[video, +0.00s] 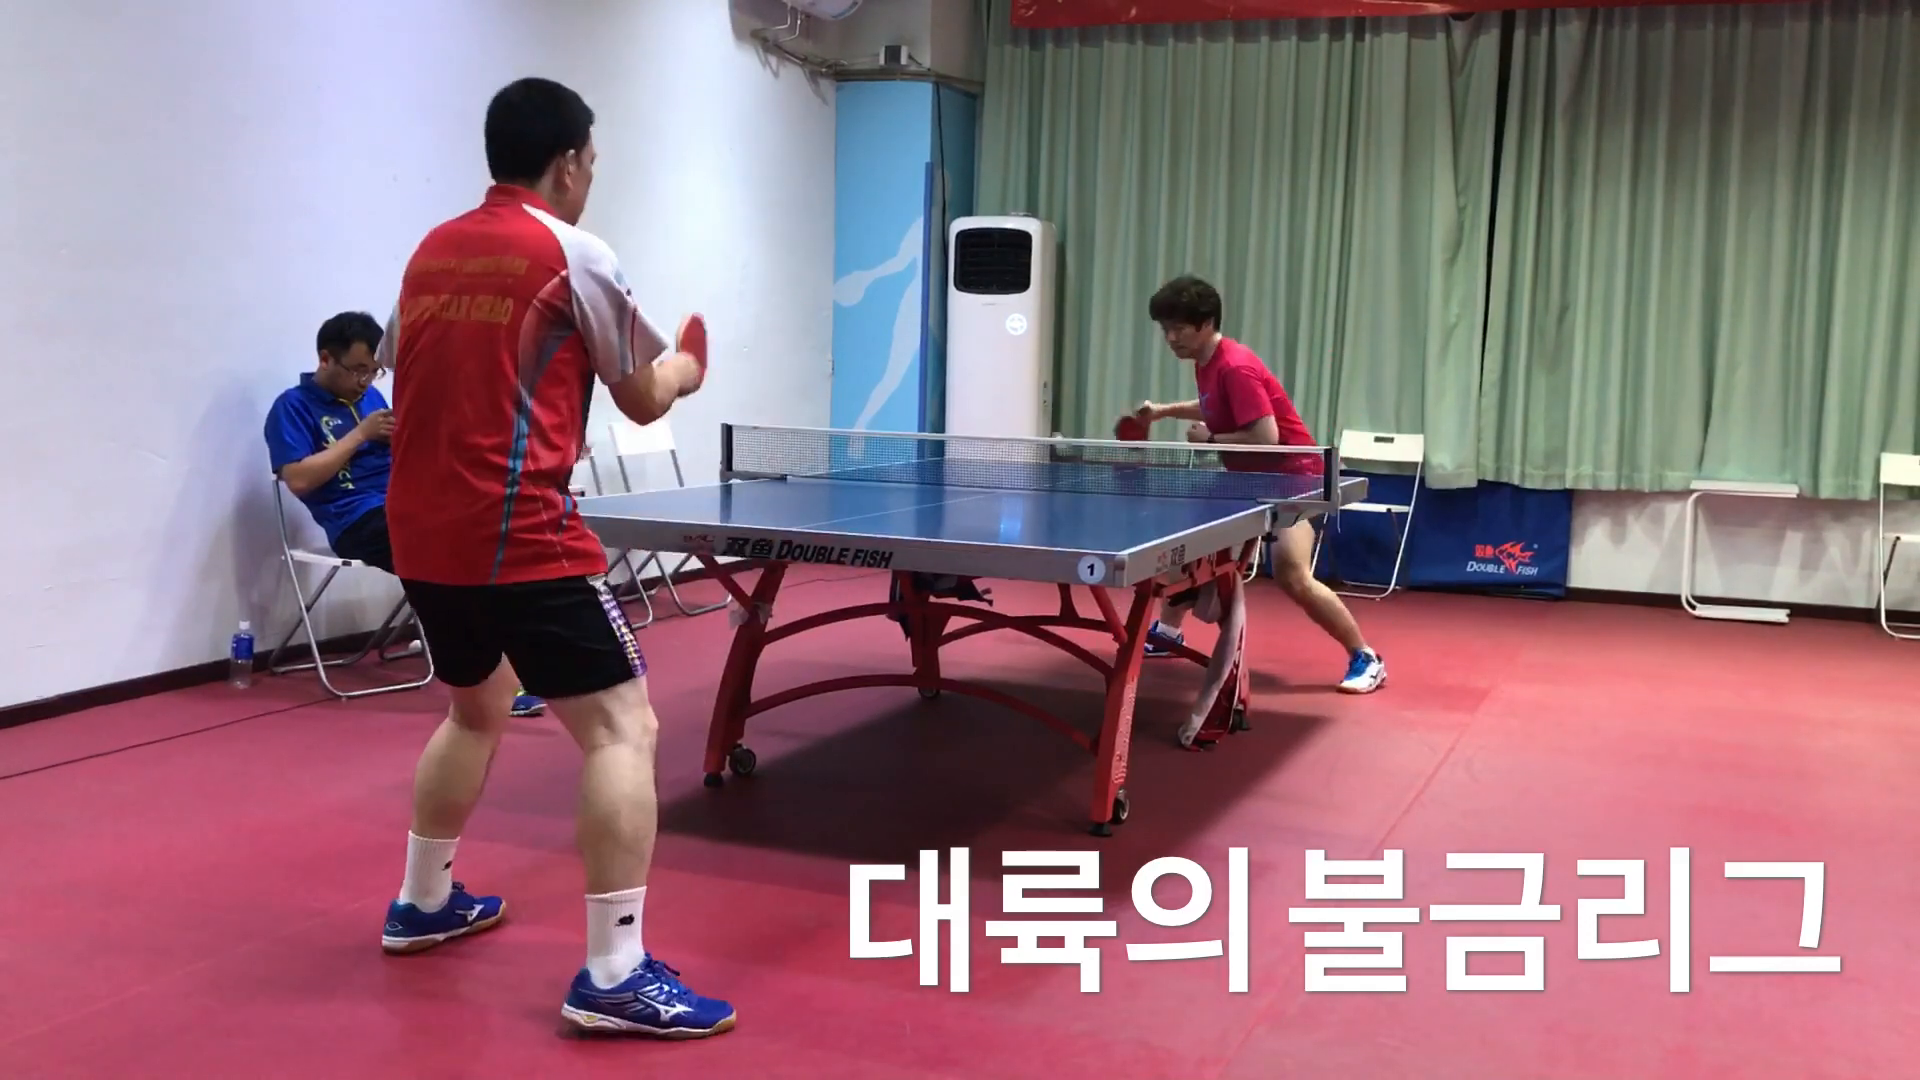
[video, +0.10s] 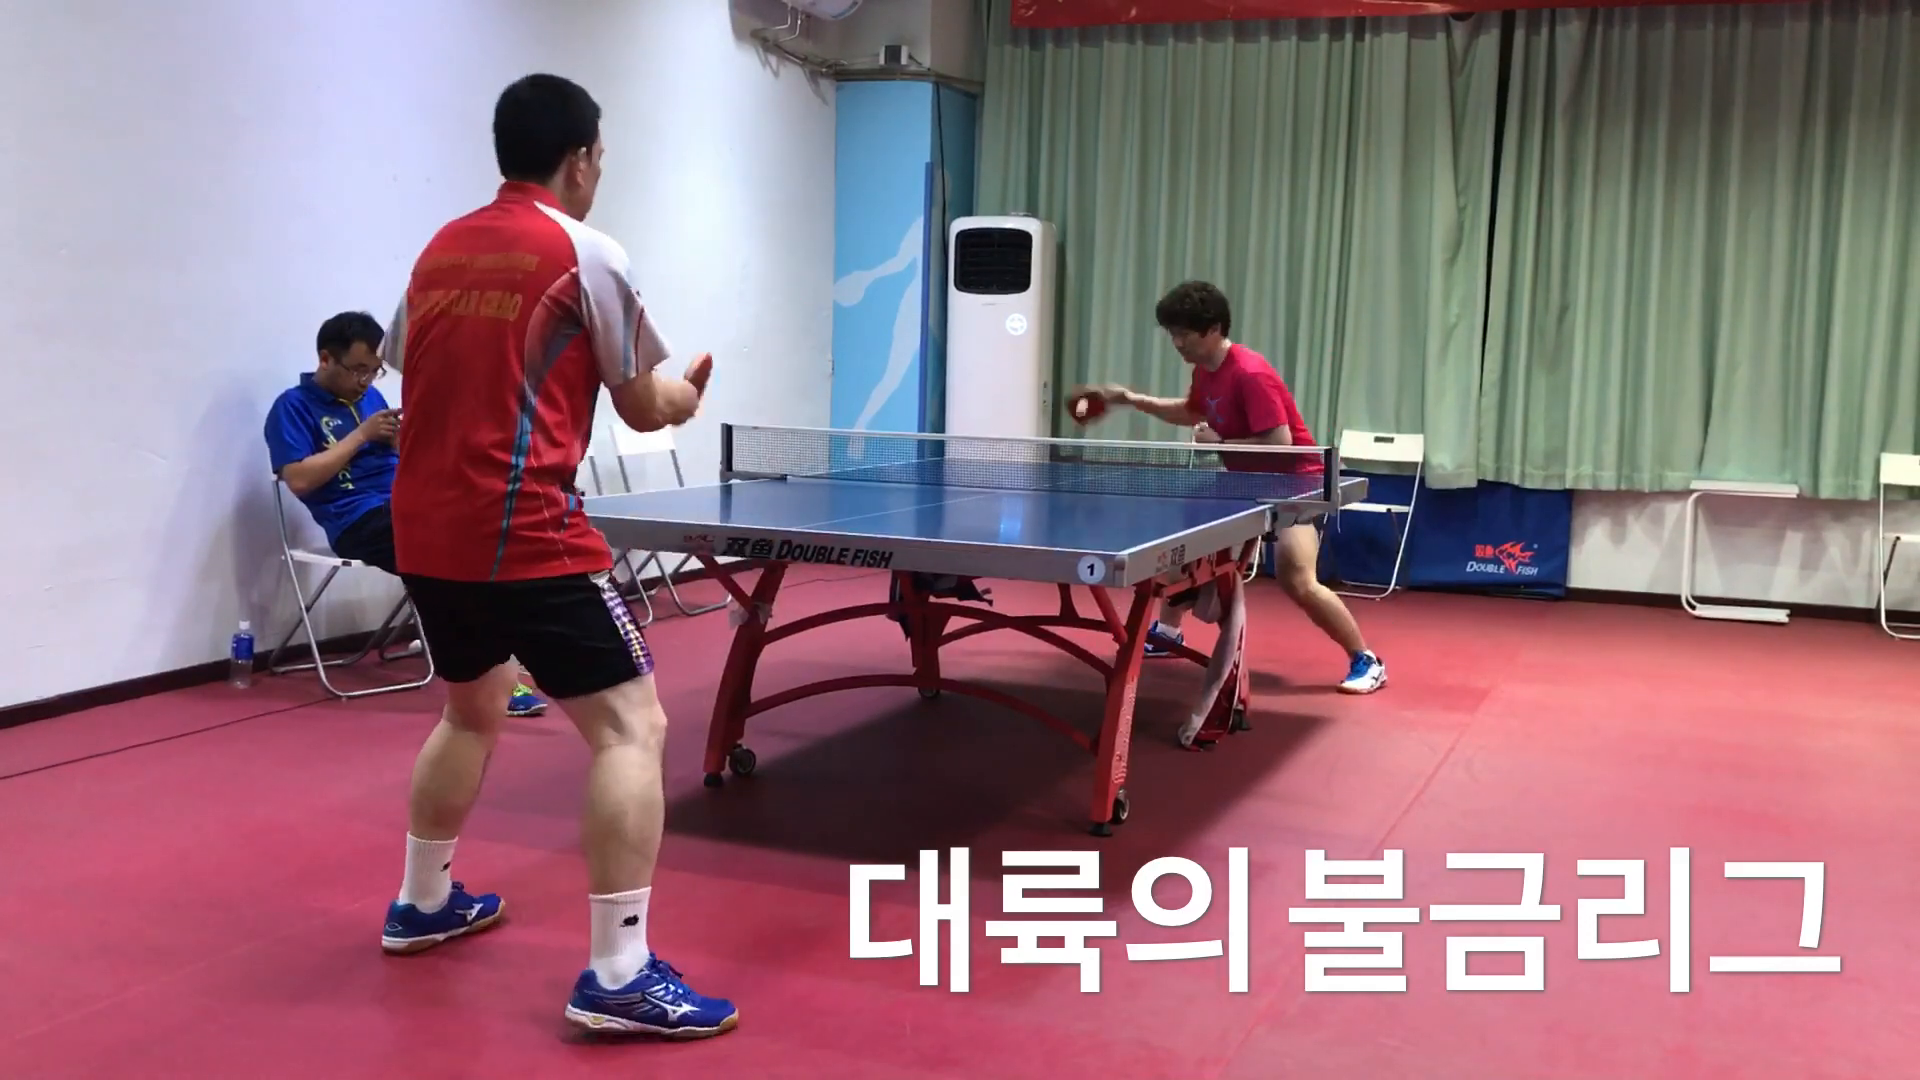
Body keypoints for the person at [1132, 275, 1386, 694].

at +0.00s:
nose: (1170, 338)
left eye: (1178, 328)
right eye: (1166, 329)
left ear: (1205, 324)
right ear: (1166, 329)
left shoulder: (1236, 366)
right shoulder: (1204, 363)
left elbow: (1266, 435)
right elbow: (1217, 411)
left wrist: (1212, 438)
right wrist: (1163, 411)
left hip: (1294, 476)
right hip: (1248, 476)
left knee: (1294, 578)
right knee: (1187, 540)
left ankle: (1365, 657)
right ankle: (1167, 632)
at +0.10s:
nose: (1175, 343)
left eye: (1180, 334)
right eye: (1172, 335)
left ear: (1209, 330)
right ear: (1204, 331)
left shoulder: (1250, 373)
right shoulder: (1202, 370)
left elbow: (1281, 442)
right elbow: (1193, 413)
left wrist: (1222, 443)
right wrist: (1132, 399)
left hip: (1295, 482)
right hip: (1245, 481)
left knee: (1297, 580)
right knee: (1183, 539)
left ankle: (1365, 659)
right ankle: (1166, 631)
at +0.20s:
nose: (1185, 335)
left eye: (1192, 326)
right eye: (1182, 326)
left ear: (1222, 324)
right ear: (1184, 326)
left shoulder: (1266, 364)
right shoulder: (1193, 365)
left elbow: (1301, 435)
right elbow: (1143, 399)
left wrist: (1237, 437)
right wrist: (1122, 367)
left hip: (1297, 480)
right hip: (1242, 479)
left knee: (1306, 573)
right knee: (1181, 546)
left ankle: (1365, 659)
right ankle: (1166, 632)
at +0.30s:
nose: (1196, 321)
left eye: (1204, 312)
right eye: (1192, 312)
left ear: (1234, 311)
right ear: (1190, 311)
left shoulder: (1280, 355)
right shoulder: (1195, 352)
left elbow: (1311, 422)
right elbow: (1140, 395)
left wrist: (1247, 428)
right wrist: (1134, 368)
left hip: (1297, 473)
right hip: (1236, 473)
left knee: (1309, 558)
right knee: (1172, 535)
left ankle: (1353, 654)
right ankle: (1161, 625)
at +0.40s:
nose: (1201, 320)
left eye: (1210, 310)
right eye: (1195, 310)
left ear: (1239, 309)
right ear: (1190, 311)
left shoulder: (1281, 356)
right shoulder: (1190, 356)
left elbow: (1313, 419)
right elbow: (1140, 410)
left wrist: (1250, 429)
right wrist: (1138, 388)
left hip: (1290, 474)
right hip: (1228, 474)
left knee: (1310, 560)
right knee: (1170, 545)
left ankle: (1353, 654)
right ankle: (1133, 636)